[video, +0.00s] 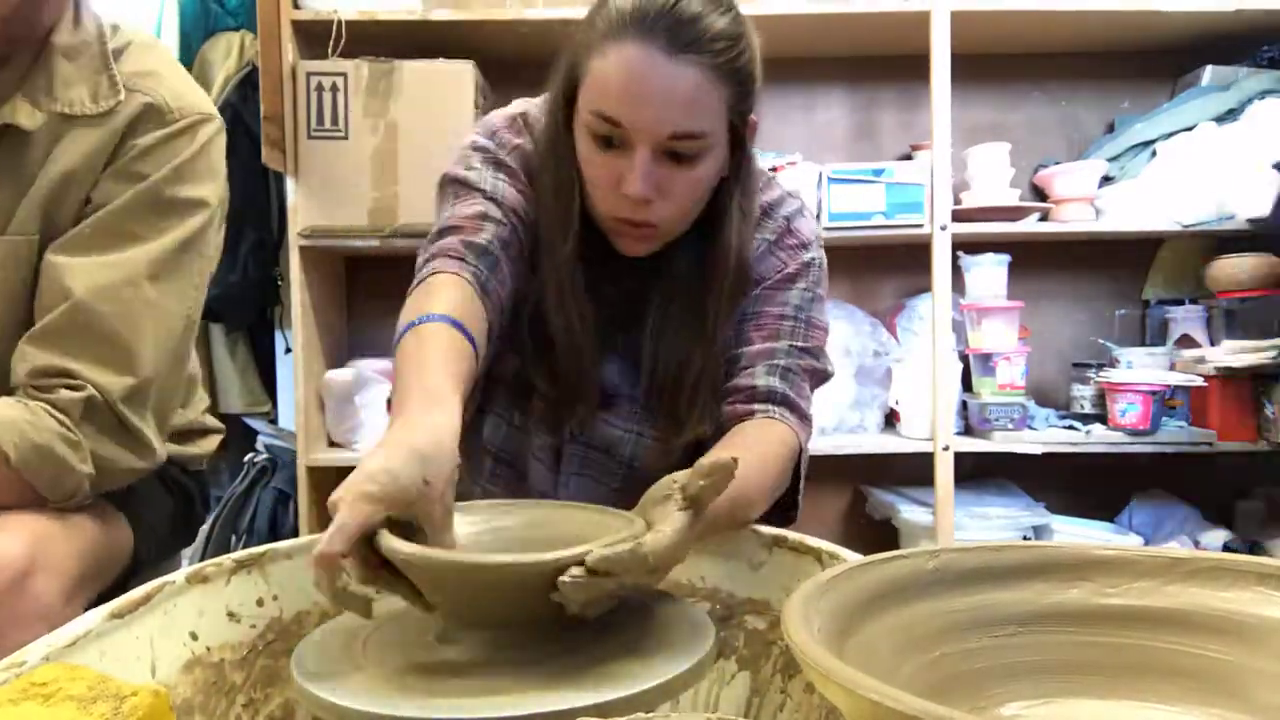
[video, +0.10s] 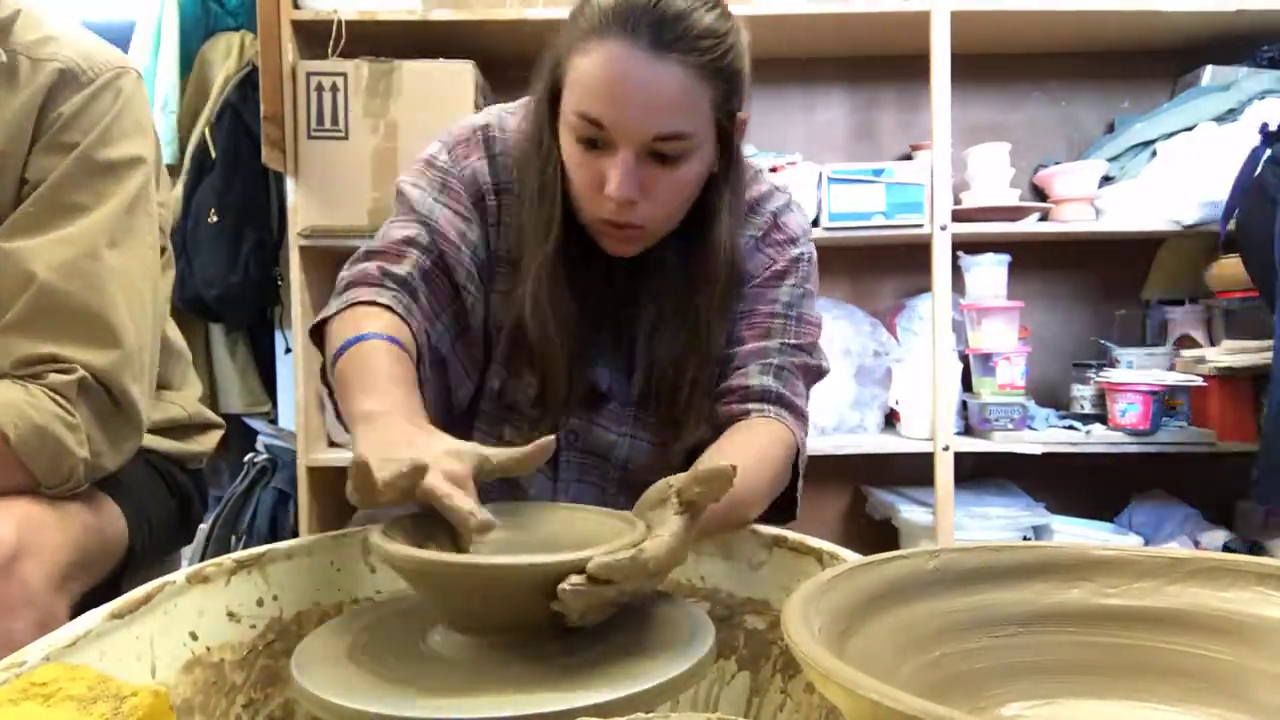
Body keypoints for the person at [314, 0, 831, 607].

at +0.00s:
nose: (636, 187)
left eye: (680, 154)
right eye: (607, 140)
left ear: (739, 140)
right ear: (572, 105)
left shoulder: (774, 223)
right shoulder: (512, 149)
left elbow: (775, 410)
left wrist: (698, 510)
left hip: (664, 497)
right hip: (503, 481)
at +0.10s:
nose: (619, 189)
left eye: (664, 155)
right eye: (591, 141)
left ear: (729, 140)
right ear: (554, 112)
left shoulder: (762, 222)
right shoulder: (482, 163)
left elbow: (770, 415)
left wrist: (688, 516)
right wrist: (390, 425)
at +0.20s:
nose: (528, 316)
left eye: (554, 279)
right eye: (491, 289)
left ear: (608, 202)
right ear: (447, 243)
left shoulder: (701, 227)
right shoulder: (413, 250)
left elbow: (739, 400)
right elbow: (424, 412)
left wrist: (670, 511)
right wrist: (421, 533)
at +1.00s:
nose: (551, 146)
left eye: (591, 110)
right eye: (519, 103)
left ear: (640, 98)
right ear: (475, 95)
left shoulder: (708, 230)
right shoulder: (408, 230)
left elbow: (747, 417)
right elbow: (390, 411)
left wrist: (680, 505)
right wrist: (377, 501)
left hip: (643, 599)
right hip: (451, 596)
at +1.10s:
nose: (480, 130)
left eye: (508, 83)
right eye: (443, 101)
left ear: (574, 69)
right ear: (416, 109)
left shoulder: (687, 224)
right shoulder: (395, 248)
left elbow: (728, 405)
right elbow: (387, 417)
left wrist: (687, 506)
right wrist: (383, 509)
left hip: (642, 605)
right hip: (462, 613)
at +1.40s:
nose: (512, 160)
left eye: (544, 114)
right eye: (472, 125)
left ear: (606, 83)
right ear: (437, 115)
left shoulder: (707, 225)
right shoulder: (404, 238)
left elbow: (740, 412)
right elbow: (390, 405)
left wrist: (678, 510)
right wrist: (410, 503)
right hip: (470, 602)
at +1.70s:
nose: (511, 154)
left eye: (548, 109)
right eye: (472, 115)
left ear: (607, 84)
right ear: (432, 104)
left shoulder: (695, 222)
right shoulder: (388, 237)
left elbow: (728, 405)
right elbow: (383, 419)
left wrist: (707, 489)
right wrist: (385, 496)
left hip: (641, 603)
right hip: (455, 604)